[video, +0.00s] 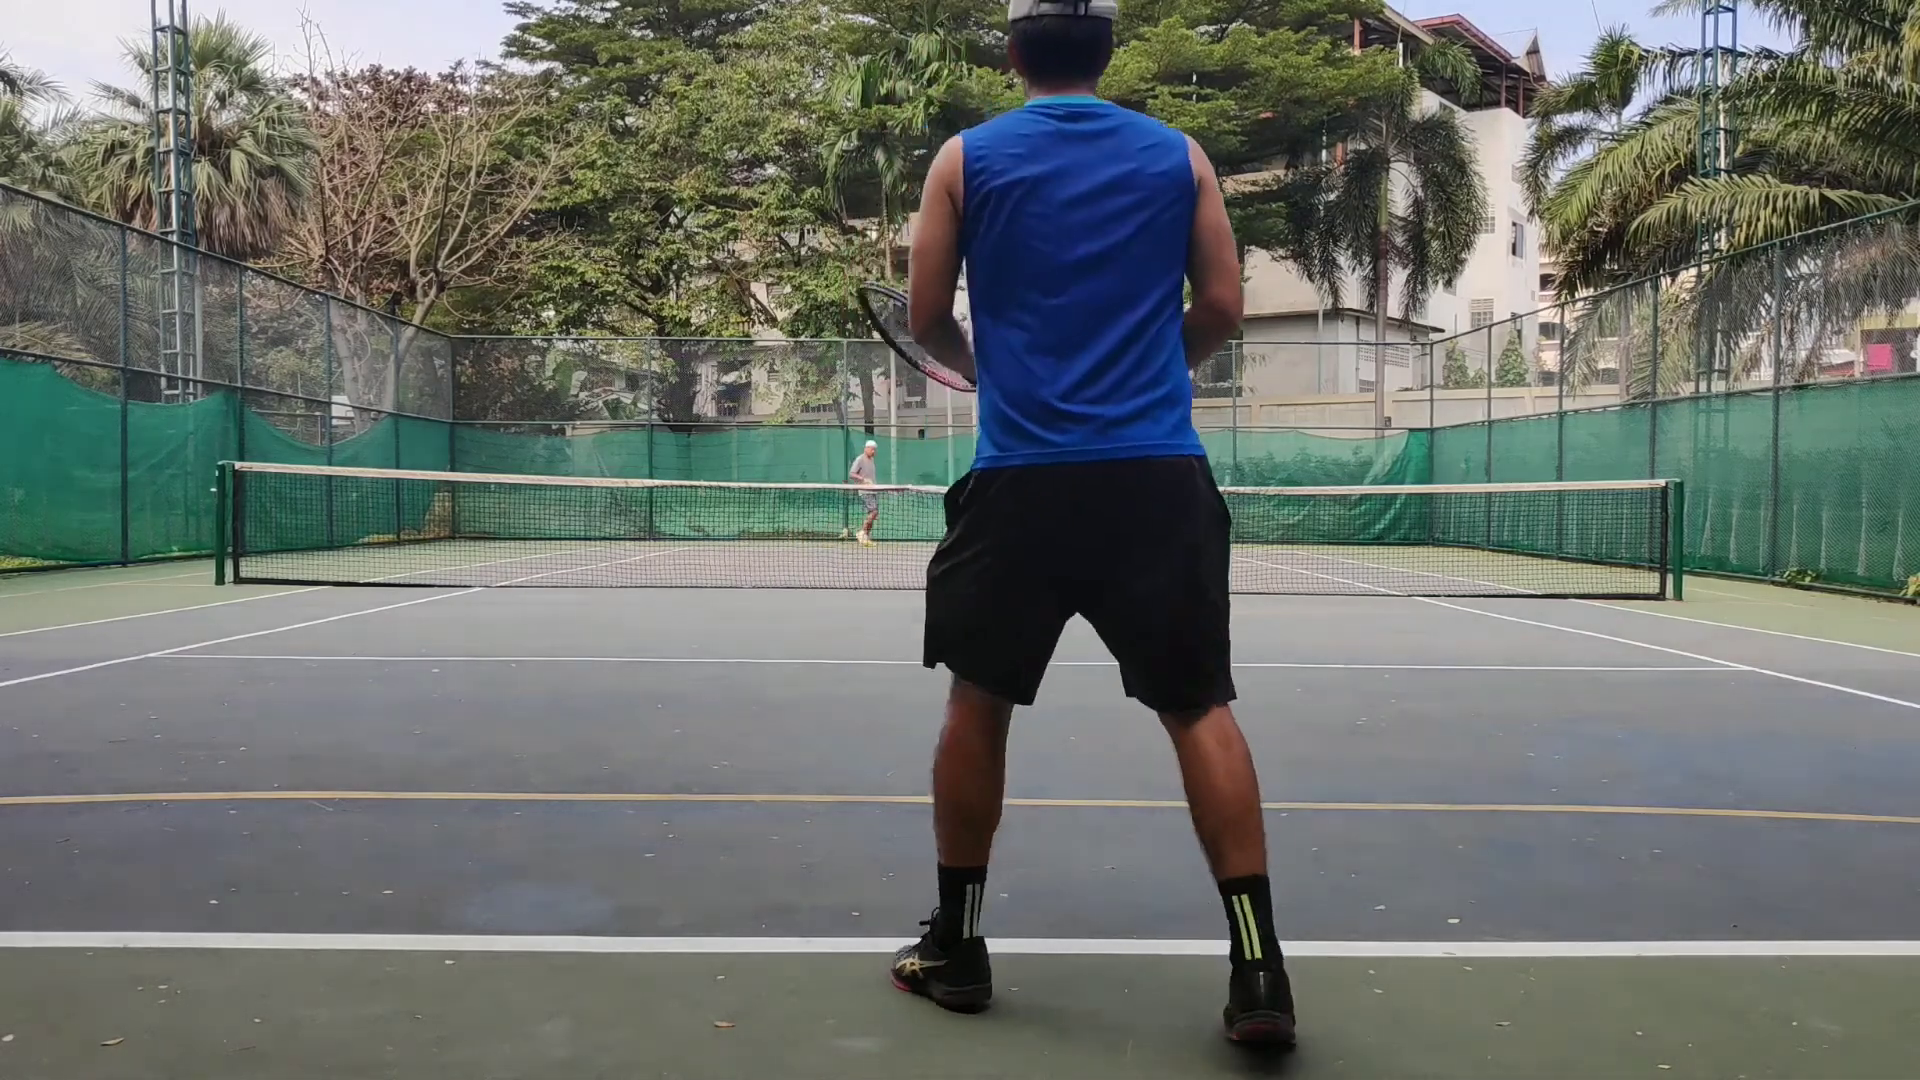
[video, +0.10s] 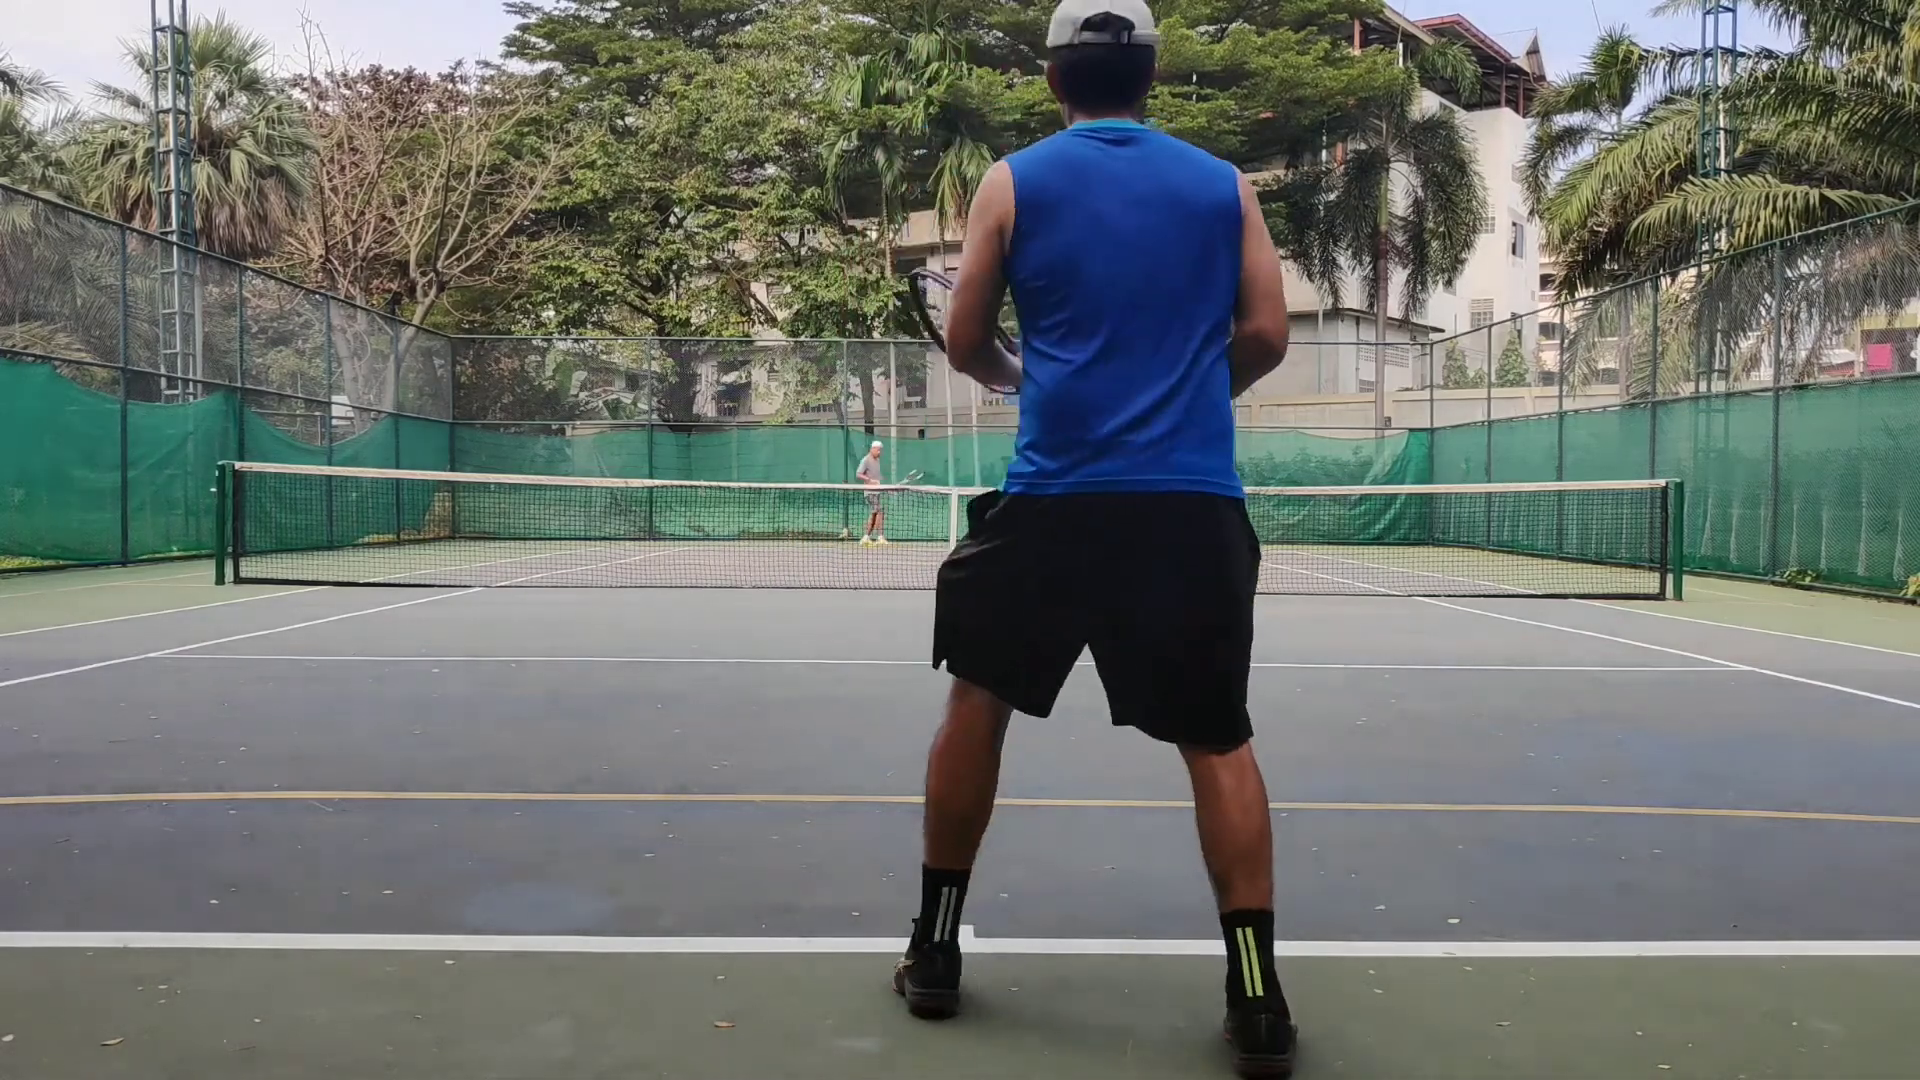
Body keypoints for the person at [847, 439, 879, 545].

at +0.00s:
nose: (873, 451)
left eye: (874, 449)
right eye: (871, 449)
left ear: (874, 450)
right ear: (866, 449)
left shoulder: (871, 460)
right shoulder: (860, 459)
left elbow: (870, 473)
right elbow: (852, 473)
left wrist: (874, 484)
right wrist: (863, 479)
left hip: (872, 488)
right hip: (864, 489)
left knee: (873, 513)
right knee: (874, 512)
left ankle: (866, 536)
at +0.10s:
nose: (878, 452)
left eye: (879, 450)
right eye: (876, 449)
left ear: (880, 450)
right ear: (872, 449)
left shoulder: (877, 460)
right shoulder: (866, 459)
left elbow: (876, 474)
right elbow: (859, 474)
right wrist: (870, 480)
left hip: (877, 489)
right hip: (869, 490)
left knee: (875, 513)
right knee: (879, 512)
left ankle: (866, 536)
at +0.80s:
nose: (920, 459)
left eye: (921, 456)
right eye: (920, 455)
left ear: (918, 455)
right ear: (914, 453)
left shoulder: (910, 462)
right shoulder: (905, 462)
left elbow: (909, 476)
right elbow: (904, 477)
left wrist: (914, 480)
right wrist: (912, 485)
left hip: (908, 491)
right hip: (902, 492)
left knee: (915, 514)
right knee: (906, 516)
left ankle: (922, 537)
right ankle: (900, 538)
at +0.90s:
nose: (924, 459)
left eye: (925, 457)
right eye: (923, 456)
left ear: (922, 455)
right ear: (917, 453)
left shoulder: (916, 463)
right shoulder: (908, 461)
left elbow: (915, 476)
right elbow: (904, 477)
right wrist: (911, 487)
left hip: (914, 493)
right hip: (907, 493)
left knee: (919, 517)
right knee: (909, 516)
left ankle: (922, 539)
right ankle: (900, 539)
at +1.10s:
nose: (930, 457)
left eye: (931, 455)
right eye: (929, 454)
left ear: (929, 454)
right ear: (924, 452)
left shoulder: (926, 463)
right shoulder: (913, 460)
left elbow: (928, 475)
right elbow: (902, 472)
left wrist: (935, 484)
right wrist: (902, 484)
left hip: (921, 491)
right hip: (911, 491)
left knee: (923, 515)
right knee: (912, 515)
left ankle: (923, 539)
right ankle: (902, 537)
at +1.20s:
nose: (932, 456)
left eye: (933, 454)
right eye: (931, 453)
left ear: (932, 454)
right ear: (926, 452)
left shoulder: (931, 465)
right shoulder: (914, 459)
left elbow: (932, 477)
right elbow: (902, 471)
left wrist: (937, 484)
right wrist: (899, 482)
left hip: (923, 490)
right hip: (913, 490)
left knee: (924, 515)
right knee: (912, 514)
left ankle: (923, 538)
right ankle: (903, 536)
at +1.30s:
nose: (934, 455)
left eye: (935, 453)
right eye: (933, 453)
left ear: (934, 453)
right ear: (927, 451)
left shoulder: (933, 465)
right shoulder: (915, 459)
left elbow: (933, 478)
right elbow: (905, 470)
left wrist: (934, 486)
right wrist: (900, 481)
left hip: (925, 490)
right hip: (914, 489)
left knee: (924, 515)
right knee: (912, 514)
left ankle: (923, 538)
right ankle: (904, 535)